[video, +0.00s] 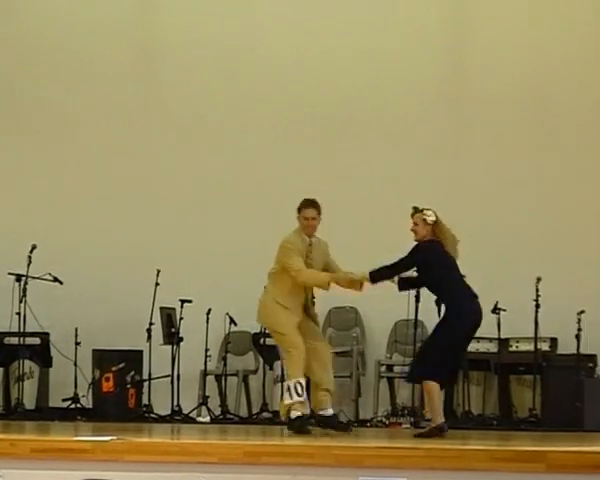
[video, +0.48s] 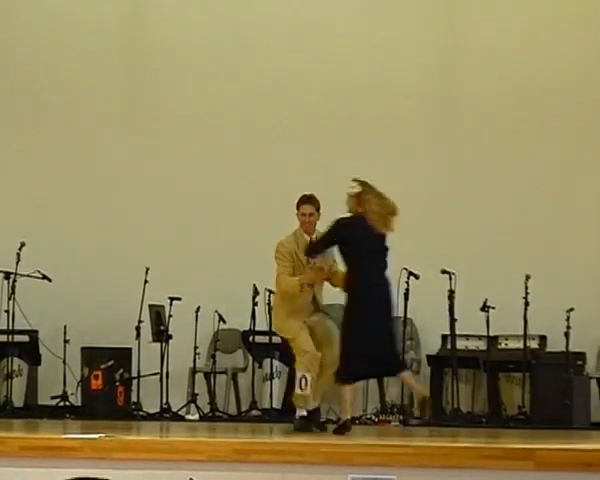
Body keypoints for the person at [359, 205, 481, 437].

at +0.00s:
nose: (412, 228)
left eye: (416, 225)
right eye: (412, 225)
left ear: (429, 227)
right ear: (429, 228)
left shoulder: (424, 249)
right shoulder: (438, 249)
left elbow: (395, 268)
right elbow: (426, 279)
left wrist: (367, 277)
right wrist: (396, 282)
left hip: (460, 311)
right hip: (469, 310)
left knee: (428, 363)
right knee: (430, 363)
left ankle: (437, 421)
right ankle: (434, 419)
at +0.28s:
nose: (395, 215)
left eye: (399, 212)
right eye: (397, 211)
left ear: (409, 217)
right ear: (413, 217)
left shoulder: (403, 241)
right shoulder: (423, 241)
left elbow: (377, 266)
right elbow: (415, 274)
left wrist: (353, 273)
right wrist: (385, 278)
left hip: (432, 304)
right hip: (448, 302)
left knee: (401, 351)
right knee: (432, 357)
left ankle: (410, 405)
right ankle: (450, 417)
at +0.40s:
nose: (368, 203)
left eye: (372, 200)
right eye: (370, 199)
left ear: (381, 204)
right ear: (390, 205)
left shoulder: (369, 226)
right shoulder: (395, 228)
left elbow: (346, 254)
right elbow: (387, 261)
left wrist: (328, 265)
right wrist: (363, 271)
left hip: (388, 292)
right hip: (406, 290)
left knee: (368, 352)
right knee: (410, 351)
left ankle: (357, 413)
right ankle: (438, 406)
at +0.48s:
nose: (350, 203)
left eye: (352, 200)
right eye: (352, 200)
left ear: (357, 203)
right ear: (373, 205)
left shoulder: (344, 225)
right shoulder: (378, 227)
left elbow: (313, 250)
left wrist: (314, 241)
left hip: (359, 294)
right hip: (381, 293)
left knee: (348, 354)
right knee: (385, 352)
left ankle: (346, 417)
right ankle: (419, 392)